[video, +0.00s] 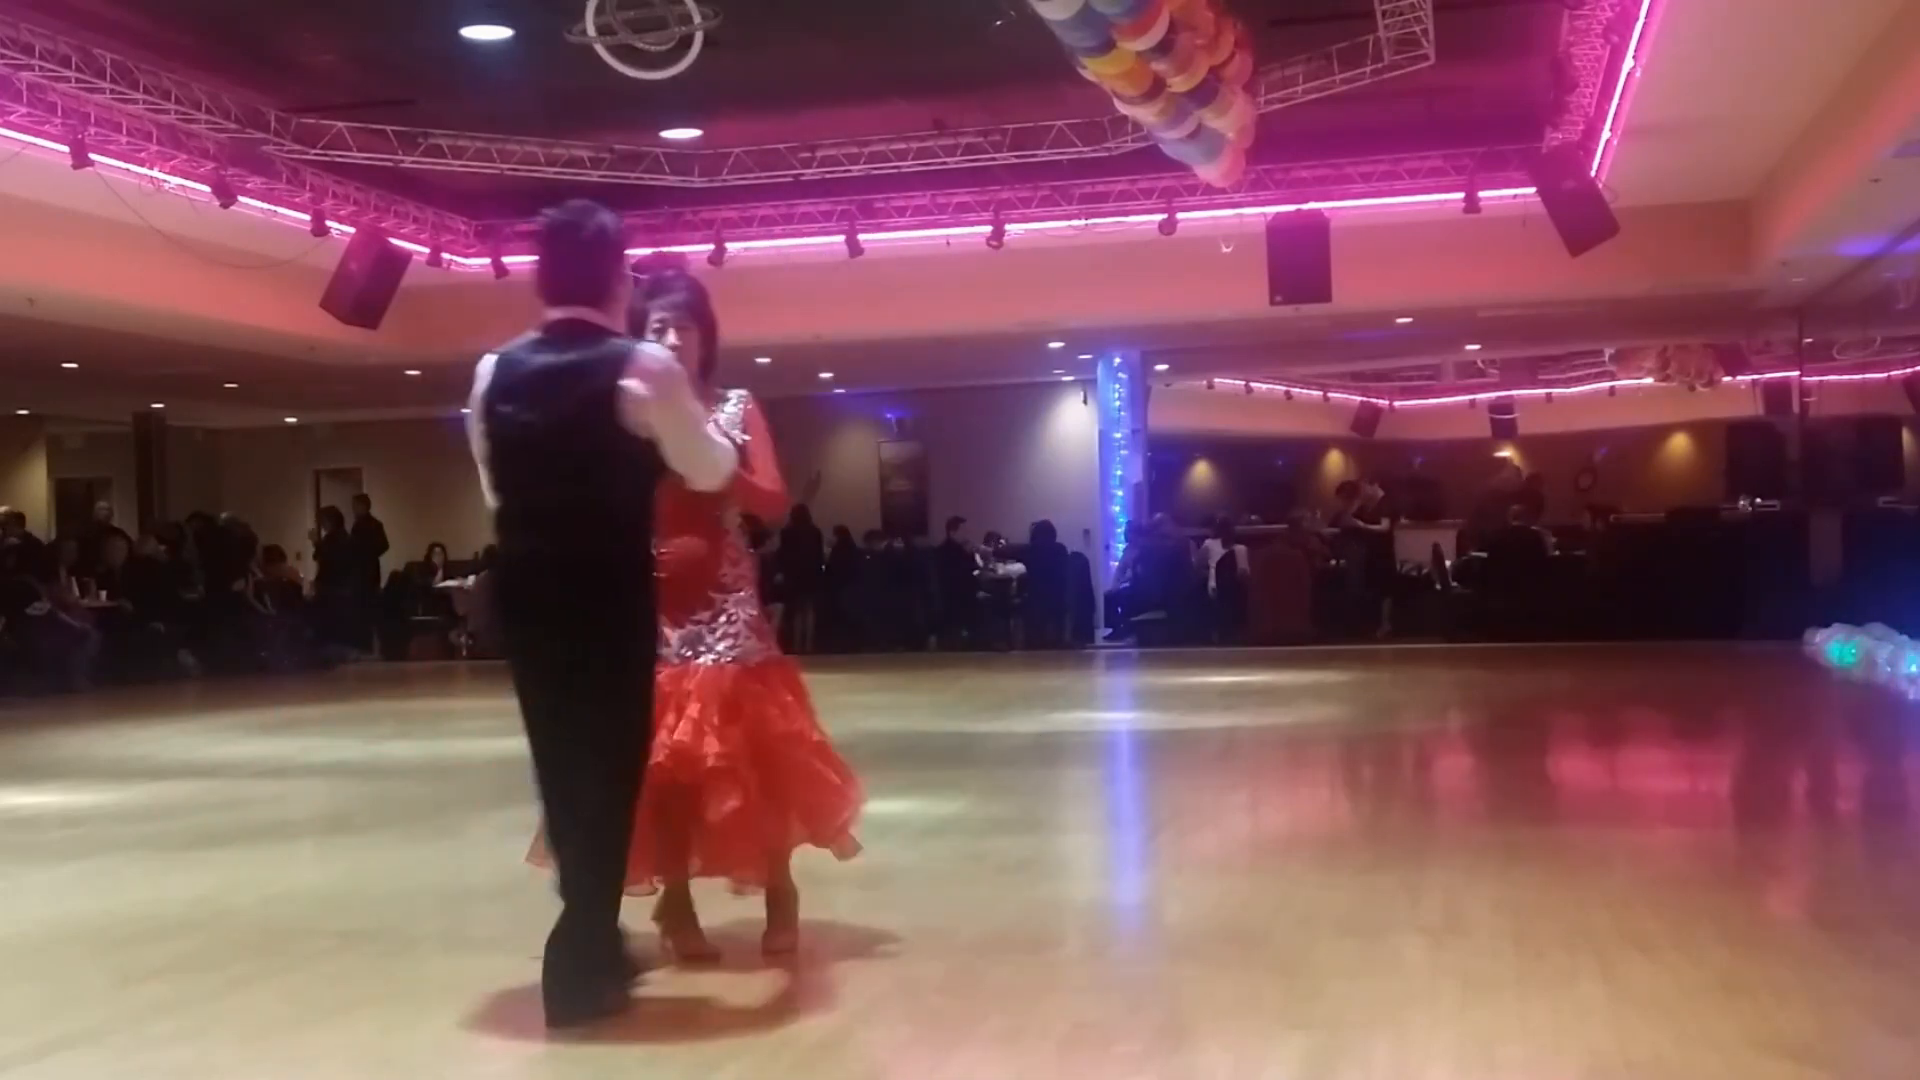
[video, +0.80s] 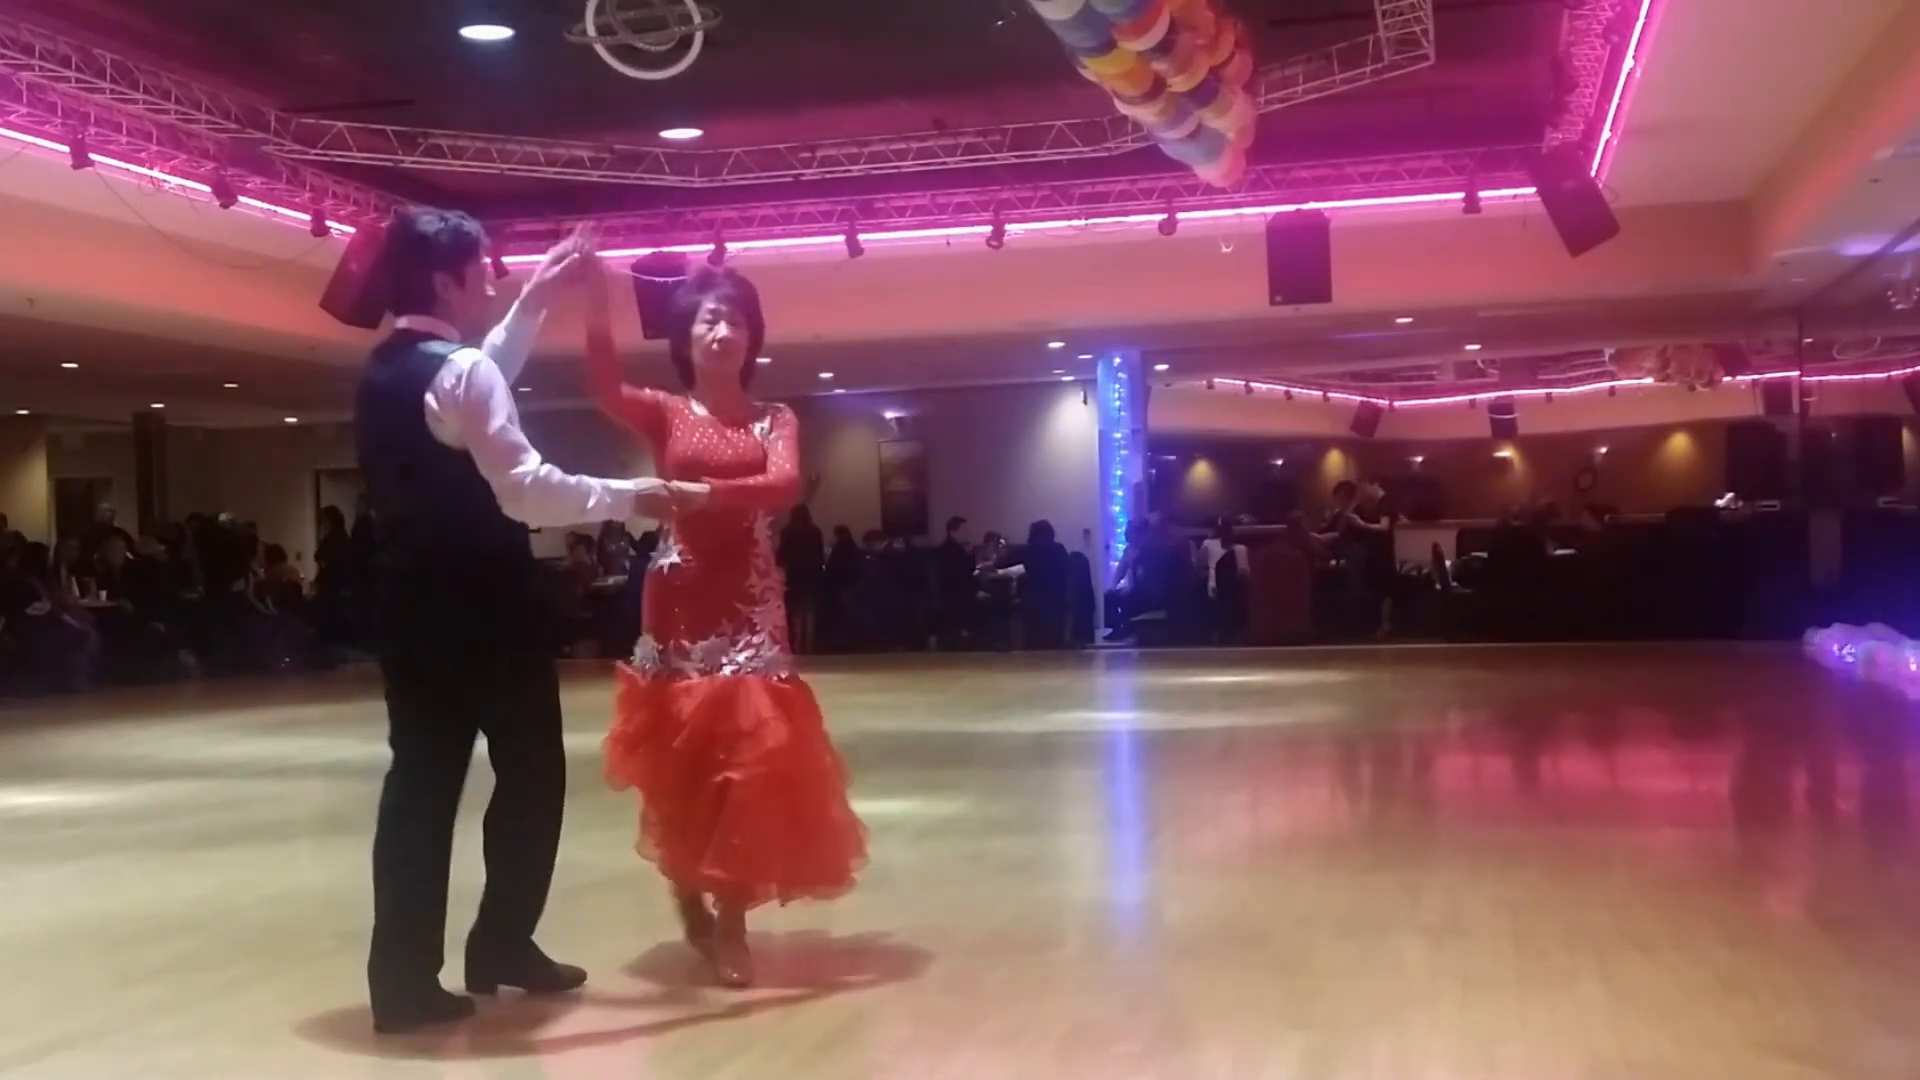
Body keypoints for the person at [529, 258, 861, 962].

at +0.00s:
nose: (669, 339)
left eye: (682, 325)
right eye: (655, 327)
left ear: (707, 337)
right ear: (638, 340)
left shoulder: (734, 410)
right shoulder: (625, 418)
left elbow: (772, 503)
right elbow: (602, 498)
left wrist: (718, 464)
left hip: (723, 596)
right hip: (650, 601)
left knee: (744, 740)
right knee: (669, 753)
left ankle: (778, 891)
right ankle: (675, 898)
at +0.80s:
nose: (715, 329)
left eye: (730, 320)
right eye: (705, 319)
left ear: (751, 340)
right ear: (688, 337)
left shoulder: (773, 418)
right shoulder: (665, 411)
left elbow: (784, 485)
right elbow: (607, 386)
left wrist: (698, 495)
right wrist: (597, 297)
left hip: (749, 593)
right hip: (679, 593)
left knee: (751, 750)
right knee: (683, 750)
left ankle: (733, 917)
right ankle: (685, 886)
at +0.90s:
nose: (718, 323)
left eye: (728, 313)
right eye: (703, 312)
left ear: (744, 332)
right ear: (675, 330)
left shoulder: (764, 414)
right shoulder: (655, 408)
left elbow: (789, 487)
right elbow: (620, 339)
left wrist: (712, 500)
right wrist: (621, 250)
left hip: (744, 588)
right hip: (672, 589)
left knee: (750, 754)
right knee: (679, 753)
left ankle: (736, 922)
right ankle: (658, 894)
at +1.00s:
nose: (707, 316)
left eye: (715, 306)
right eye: (694, 306)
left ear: (728, 320)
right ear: (664, 318)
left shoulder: (746, 405)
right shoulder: (650, 396)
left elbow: (784, 488)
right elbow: (643, 290)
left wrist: (709, 500)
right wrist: (654, 216)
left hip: (732, 587)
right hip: (667, 586)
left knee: (746, 753)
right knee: (678, 757)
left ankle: (735, 924)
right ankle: (641, 918)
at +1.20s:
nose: (685, 294)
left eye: (679, 283)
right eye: (674, 283)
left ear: (620, 302)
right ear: (646, 296)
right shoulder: (631, 366)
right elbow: (724, 299)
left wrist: (711, 491)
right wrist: (714, 276)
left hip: (677, 583)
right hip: (659, 587)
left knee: (703, 757)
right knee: (676, 764)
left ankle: (679, 924)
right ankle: (630, 941)